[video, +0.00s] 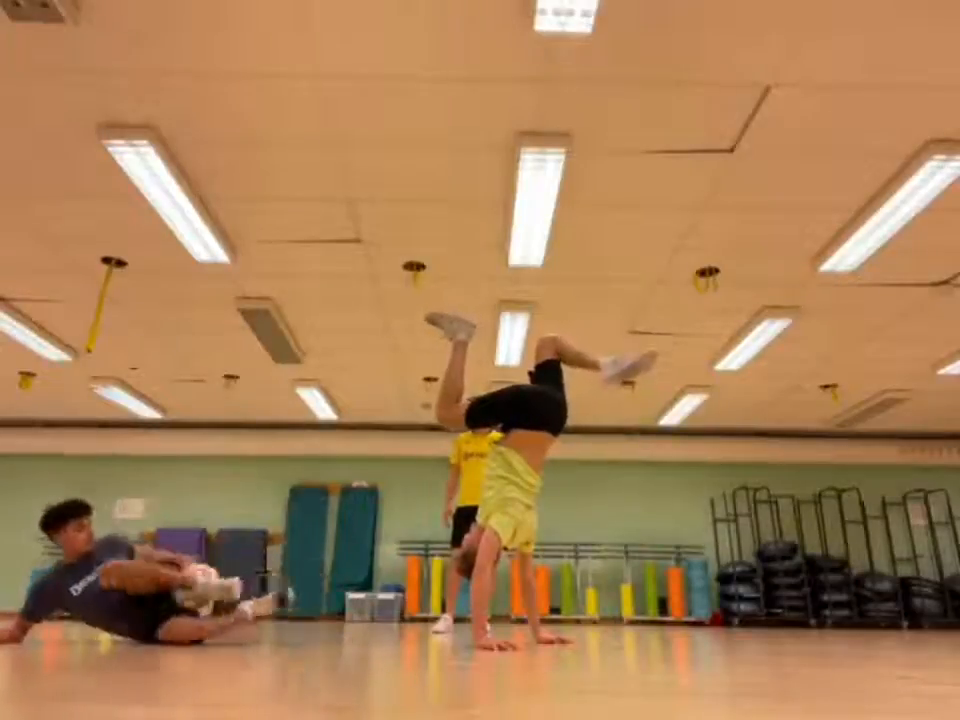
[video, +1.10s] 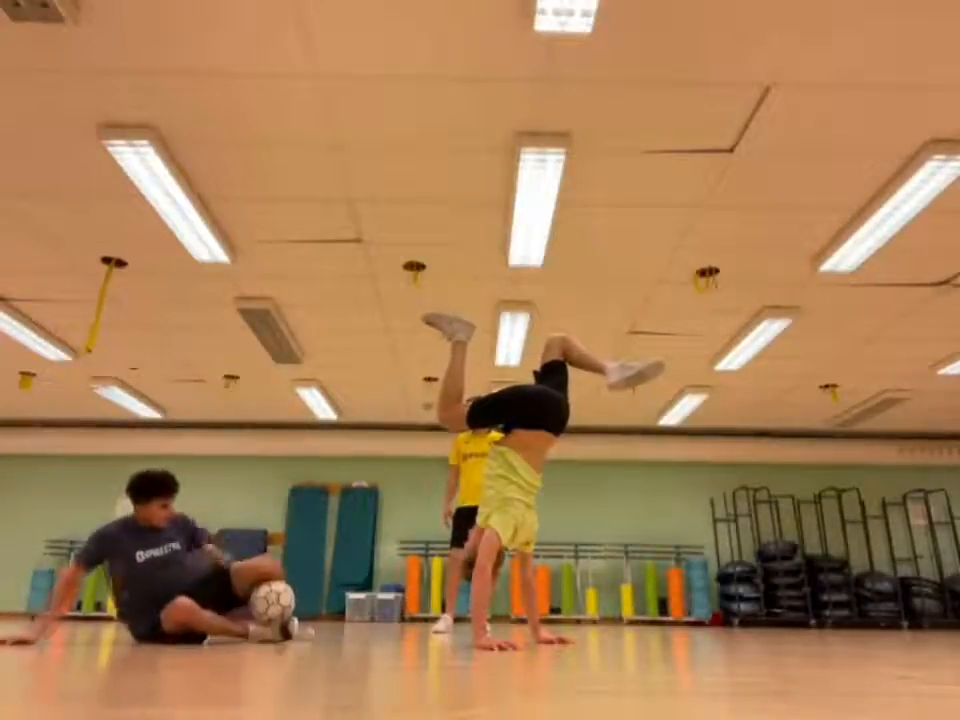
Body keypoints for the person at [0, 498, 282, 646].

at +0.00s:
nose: (88, 535)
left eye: (88, 528)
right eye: (79, 530)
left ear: (90, 530)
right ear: (59, 537)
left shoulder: (110, 546)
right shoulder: (49, 586)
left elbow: (149, 556)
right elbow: (16, 631)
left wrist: (184, 565)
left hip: (161, 589)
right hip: (148, 622)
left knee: (112, 571)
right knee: (189, 630)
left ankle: (197, 584)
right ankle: (245, 613)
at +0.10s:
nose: (90, 529)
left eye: (90, 522)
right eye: (81, 524)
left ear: (89, 524)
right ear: (60, 532)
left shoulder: (114, 539)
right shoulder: (50, 585)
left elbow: (155, 551)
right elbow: (20, 631)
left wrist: (195, 561)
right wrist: (2, 634)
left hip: (169, 588)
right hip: (152, 623)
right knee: (186, 633)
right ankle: (253, 618)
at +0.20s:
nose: (104, 524)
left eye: (105, 517)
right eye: (95, 519)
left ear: (107, 516)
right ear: (74, 524)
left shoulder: (127, 534)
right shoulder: (59, 577)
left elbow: (165, 552)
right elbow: (26, 628)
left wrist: (211, 567)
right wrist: (15, 633)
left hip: (165, 584)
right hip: (149, 621)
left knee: (178, 580)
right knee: (190, 631)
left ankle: (256, 582)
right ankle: (253, 625)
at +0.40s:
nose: (151, 512)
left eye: (151, 505)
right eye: (144, 505)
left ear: (142, 507)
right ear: (120, 507)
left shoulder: (154, 529)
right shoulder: (89, 551)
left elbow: (175, 560)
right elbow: (57, 593)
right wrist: (27, 628)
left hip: (182, 588)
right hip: (155, 621)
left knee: (217, 579)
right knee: (198, 629)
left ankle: (277, 600)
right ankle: (253, 630)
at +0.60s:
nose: (163, 517)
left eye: (164, 509)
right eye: (158, 508)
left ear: (154, 509)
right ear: (134, 507)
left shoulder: (164, 536)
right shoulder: (103, 545)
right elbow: (60, 584)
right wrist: (37, 629)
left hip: (190, 596)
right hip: (157, 623)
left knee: (216, 536)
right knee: (193, 617)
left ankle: (260, 583)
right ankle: (260, 631)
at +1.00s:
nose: (165, 515)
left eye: (166, 508)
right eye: (158, 508)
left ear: (162, 506)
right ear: (135, 508)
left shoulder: (170, 530)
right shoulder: (103, 541)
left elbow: (194, 567)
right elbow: (65, 579)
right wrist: (35, 630)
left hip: (186, 591)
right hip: (146, 617)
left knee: (255, 557)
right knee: (179, 613)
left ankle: (280, 605)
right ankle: (256, 626)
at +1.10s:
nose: (171, 511)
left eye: (171, 504)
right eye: (164, 505)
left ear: (166, 504)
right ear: (143, 505)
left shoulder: (180, 524)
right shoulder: (111, 536)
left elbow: (214, 555)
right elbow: (72, 575)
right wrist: (44, 627)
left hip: (201, 589)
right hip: (153, 613)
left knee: (269, 566)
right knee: (183, 609)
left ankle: (274, 620)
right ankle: (254, 632)